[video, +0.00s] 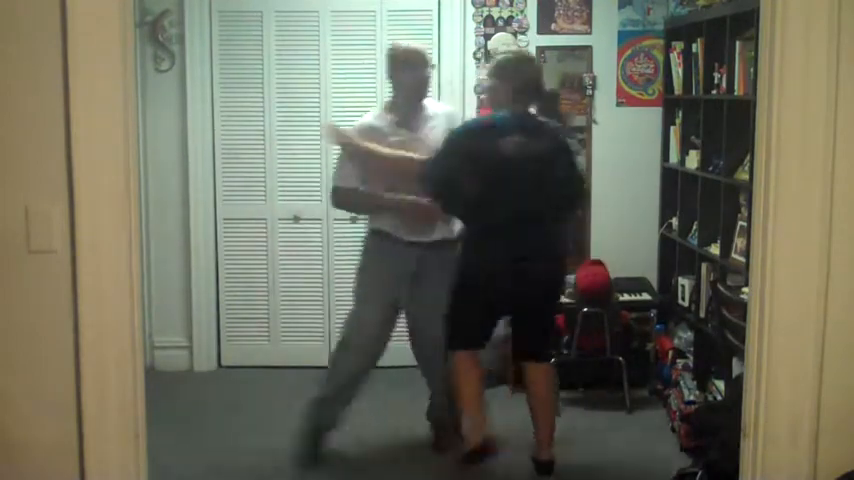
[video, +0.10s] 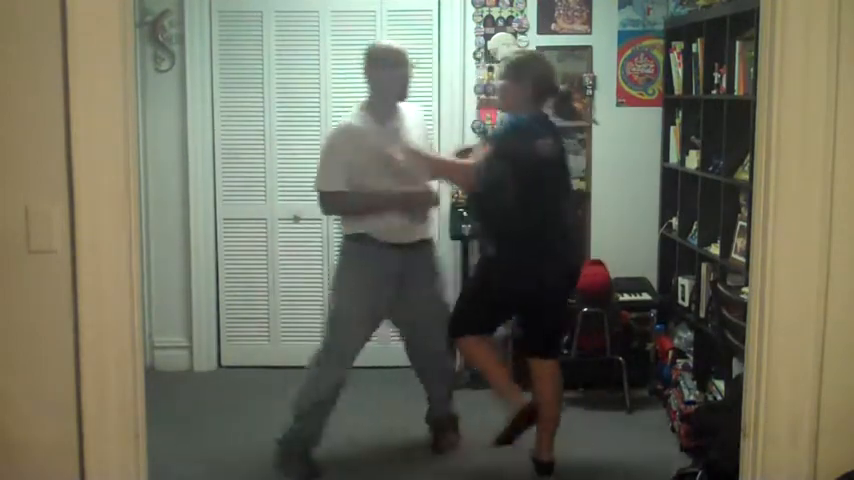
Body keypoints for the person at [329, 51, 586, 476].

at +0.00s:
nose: (483, 88)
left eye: (490, 82)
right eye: (486, 80)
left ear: (507, 88)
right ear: (533, 90)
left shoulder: (473, 135)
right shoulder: (553, 139)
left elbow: (432, 179)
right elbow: (573, 196)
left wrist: (357, 145)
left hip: (486, 257)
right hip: (543, 258)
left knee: (464, 343)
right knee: (537, 352)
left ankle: (476, 436)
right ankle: (544, 451)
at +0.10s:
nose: (399, 79)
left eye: (403, 71)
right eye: (390, 70)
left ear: (407, 77)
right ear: (370, 75)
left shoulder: (411, 127)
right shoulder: (346, 137)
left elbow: (410, 179)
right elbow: (329, 201)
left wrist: (451, 165)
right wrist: (400, 201)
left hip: (417, 256)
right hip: (366, 255)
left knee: (433, 344)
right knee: (338, 352)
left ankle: (442, 420)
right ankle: (297, 443)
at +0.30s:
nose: (367, 76)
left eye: (365, 70)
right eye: (358, 70)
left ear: (351, 78)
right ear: (331, 77)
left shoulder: (352, 124)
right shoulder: (312, 132)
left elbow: (356, 182)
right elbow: (314, 203)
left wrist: (398, 178)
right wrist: (384, 189)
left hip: (361, 255)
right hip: (320, 259)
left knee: (392, 339)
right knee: (319, 357)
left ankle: (378, 412)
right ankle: (296, 450)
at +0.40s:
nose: (350, 74)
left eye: (348, 67)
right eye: (341, 67)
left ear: (333, 75)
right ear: (313, 74)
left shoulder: (333, 121)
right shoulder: (298, 127)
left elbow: (344, 187)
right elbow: (308, 202)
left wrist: (392, 185)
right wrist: (381, 193)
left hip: (339, 253)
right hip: (303, 257)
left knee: (368, 332)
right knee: (316, 350)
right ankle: (296, 449)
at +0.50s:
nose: (339, 68)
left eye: (337, 62)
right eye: (329, 63)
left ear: (316, 74)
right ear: (302, 73)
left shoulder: (317, 121)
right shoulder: (294, 126)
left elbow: (339, 188)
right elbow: (313, 204)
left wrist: (389, 186)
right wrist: (382, 196)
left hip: (317, 253)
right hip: (289, 256)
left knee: (339, 339)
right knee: (311, 355)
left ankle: (251, 403)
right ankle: (294, 453)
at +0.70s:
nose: (325, 69)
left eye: (321, 61)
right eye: (314, 62)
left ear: (292, 73)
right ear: (290, 72)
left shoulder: (282, 120)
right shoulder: (288, 125)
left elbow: (309, 193)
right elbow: (321, 198)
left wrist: (357, 197)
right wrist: (376, 185)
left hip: (274, 255)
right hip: (275, 259)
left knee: (272, 358)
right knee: (299, 356)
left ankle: (209, 448)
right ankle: (294, 455)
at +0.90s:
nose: (317, 70)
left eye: (314, 63)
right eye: (309, 64)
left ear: (278, 74)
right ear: (285, 72)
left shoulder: (258, 119)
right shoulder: (277, 125)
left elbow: (263, 191)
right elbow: (309, 198)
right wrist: (373, 167)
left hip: (248, 253)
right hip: (270, 258)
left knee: (249, 357)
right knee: (318, 347)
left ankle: (202, 459)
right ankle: (294, 450)